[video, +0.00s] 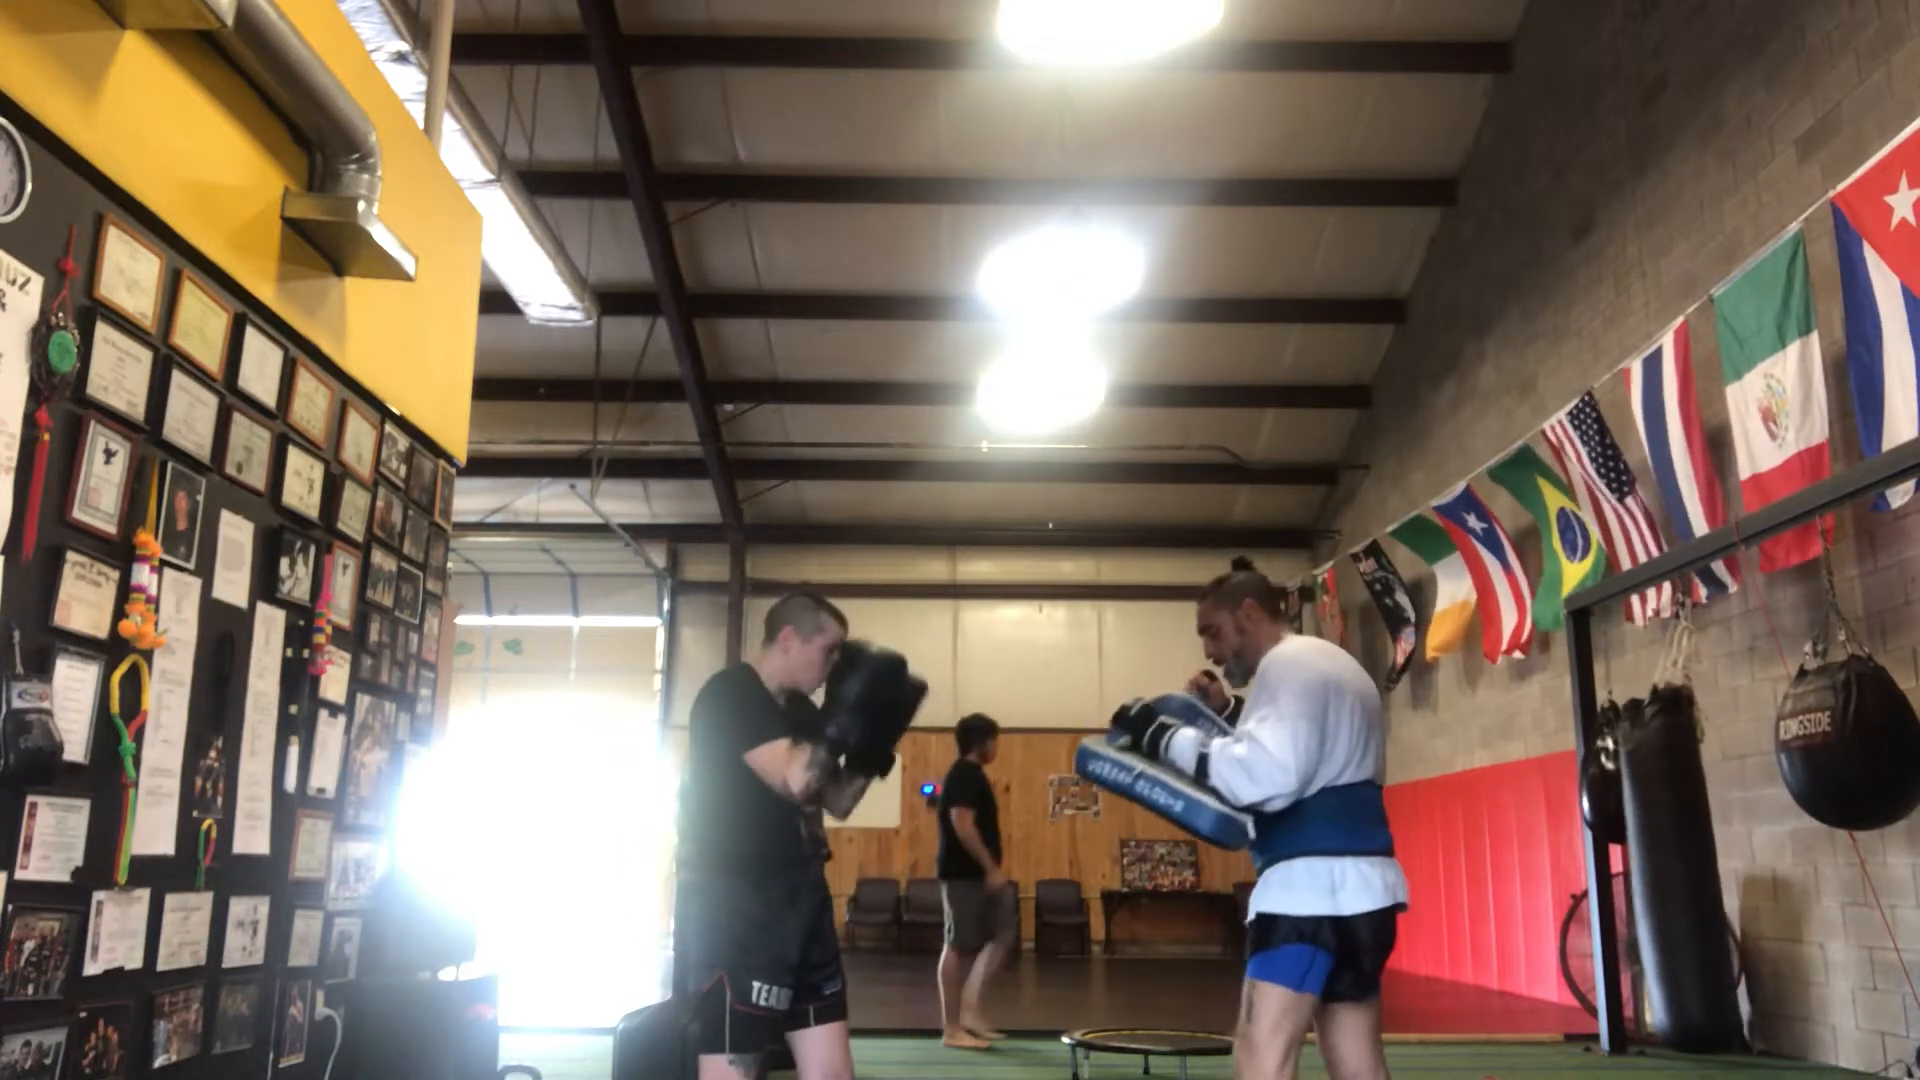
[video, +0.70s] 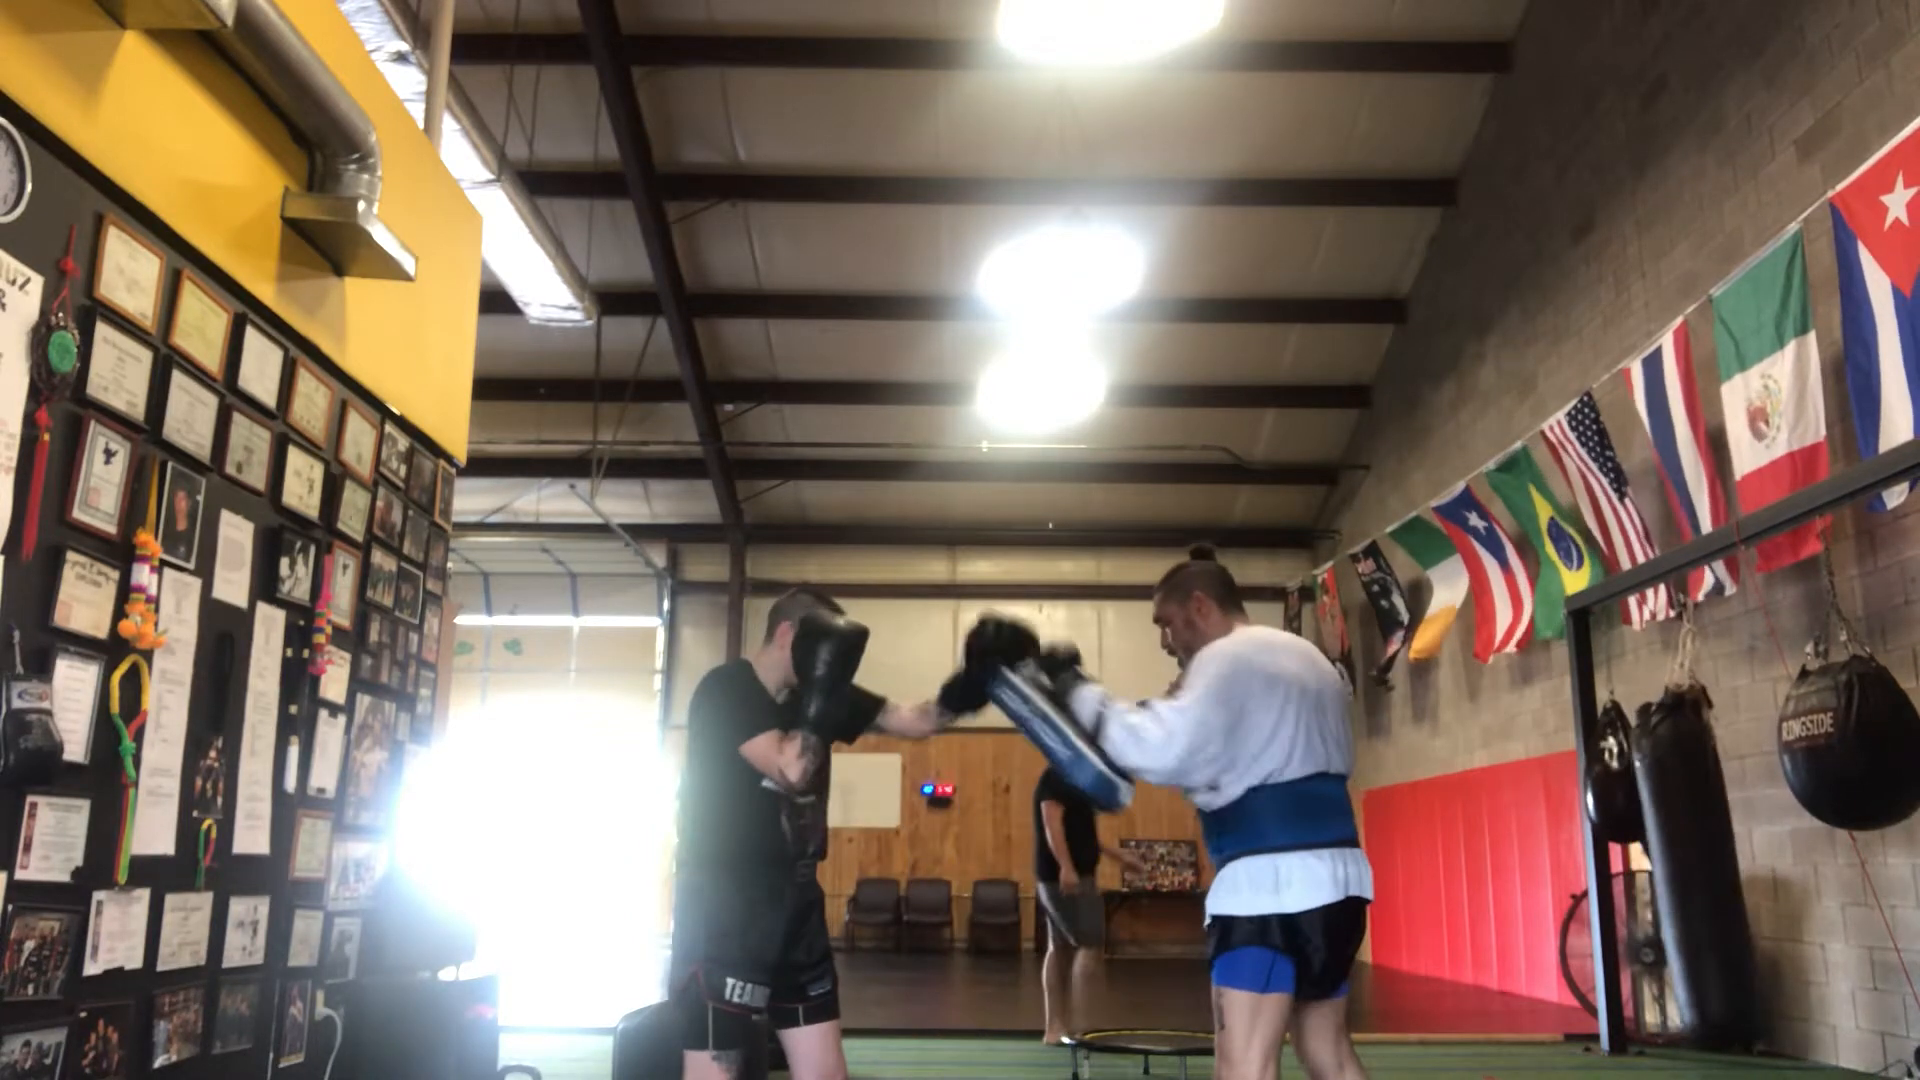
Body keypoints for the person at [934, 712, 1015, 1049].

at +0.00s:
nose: (996, 747)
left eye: (995, 741)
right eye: (993, 741)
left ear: (972, 743)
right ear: (980, 743)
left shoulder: (973, 774)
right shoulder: (963, 773)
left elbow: (967, 821)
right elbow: (962, 822)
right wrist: (990, 867)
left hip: (981, 875)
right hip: (960, 876)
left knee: (1002, 936)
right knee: (956, 947)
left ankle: (970, 1011)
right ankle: (951, 1028)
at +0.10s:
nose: (1011, 749)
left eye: (1010, 742)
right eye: (1008, 743)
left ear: (987, 744)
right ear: (995, 745)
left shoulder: (990, 777)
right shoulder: (979, 776)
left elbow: (985, 825)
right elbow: (979, 823)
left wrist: (1006, 866)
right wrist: (1012, 862)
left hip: (996, 879)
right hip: (972, 879)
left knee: (1014, 944)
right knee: (960, 949)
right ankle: (953, 1030)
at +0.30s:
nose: (1039, 752)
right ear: (1019, 745)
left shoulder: (1025, 782)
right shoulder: (1008, 780)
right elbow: (1010, 824)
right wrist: (1041, 863)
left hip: (1027, 883)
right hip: (1001, 882)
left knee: (1041, 950)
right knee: (987, 950)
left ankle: (1053, 1027)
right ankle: (955, 1026)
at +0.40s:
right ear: (1040, 747)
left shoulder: (1046, 778)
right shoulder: (1024, 776)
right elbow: (1023, 817)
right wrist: (1049, 866)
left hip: (1042, 877)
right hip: (1020, 877)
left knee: (1051, 949)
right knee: (1016, 948)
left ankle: (1053, 1026)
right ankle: (965, 1015)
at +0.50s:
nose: (1074, 752)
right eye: (1069, 745)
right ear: (1055, 744)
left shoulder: (1052, 778)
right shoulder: (1037, 775)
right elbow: (1036, 822)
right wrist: (1054, 866)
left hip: (1049, 876)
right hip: (1034, 875)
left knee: (1054, 952)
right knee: (1045, 947)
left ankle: (1054, 1027)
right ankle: (993, 1007)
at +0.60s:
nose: (1082, 758)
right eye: (1078, 751)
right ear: (1065, 750)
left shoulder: (1065, 781)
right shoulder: (1046, 779)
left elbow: (1069, 826)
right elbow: (1045, 824)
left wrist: (1085, 862)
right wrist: (1058, 865)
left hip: (1060, 872)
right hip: (1051, 873)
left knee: (1057, 947)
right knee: (1069, 943)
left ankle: (1052, 1018)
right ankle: (1034, 1012)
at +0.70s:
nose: (1094, 754)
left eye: (1095, 747)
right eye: (1091, 746)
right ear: (1079, 745)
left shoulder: (1078, 782)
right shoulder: (1057, 777)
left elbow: (1083, 836)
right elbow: (1052, 823)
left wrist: (1119, 856)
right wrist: (1066, 865)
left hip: (1058, 878)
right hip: (1071, 878)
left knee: (1058, 950)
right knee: (1090, 948)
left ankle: (1054, 1027)